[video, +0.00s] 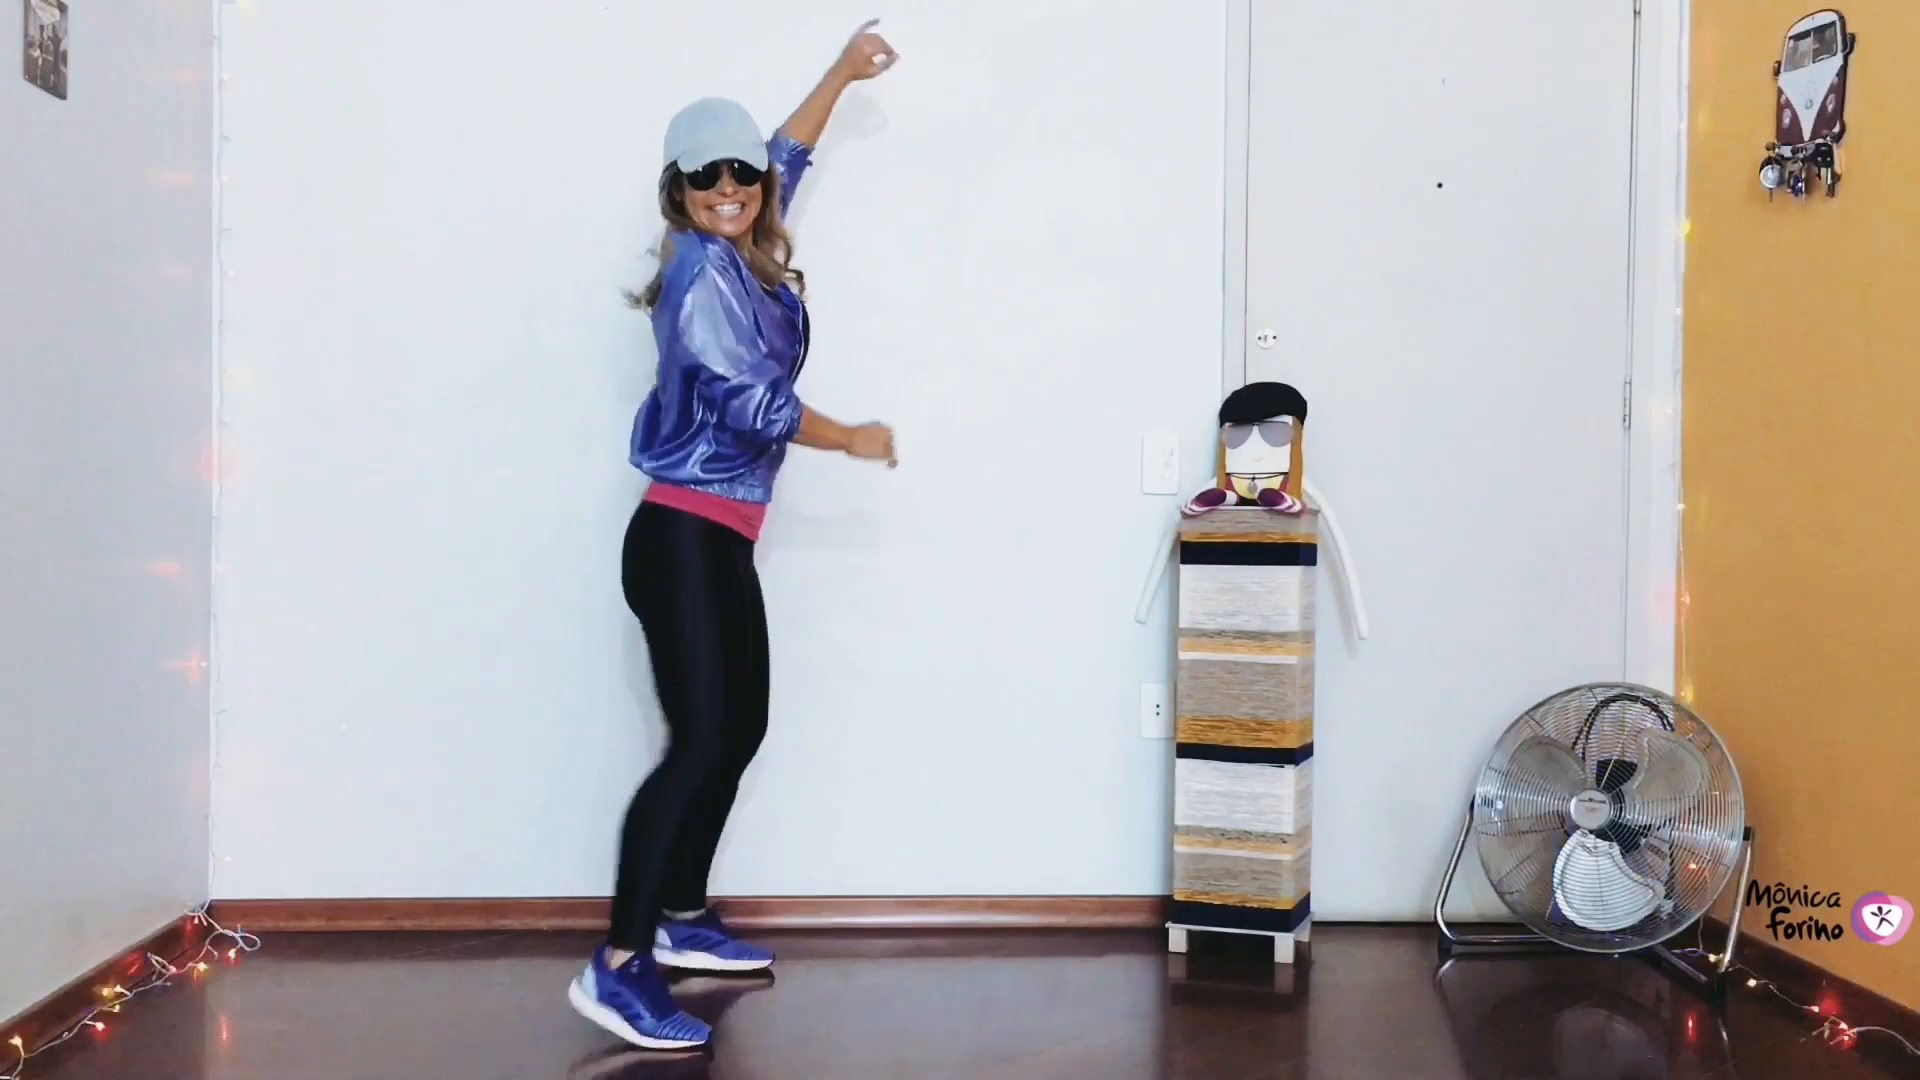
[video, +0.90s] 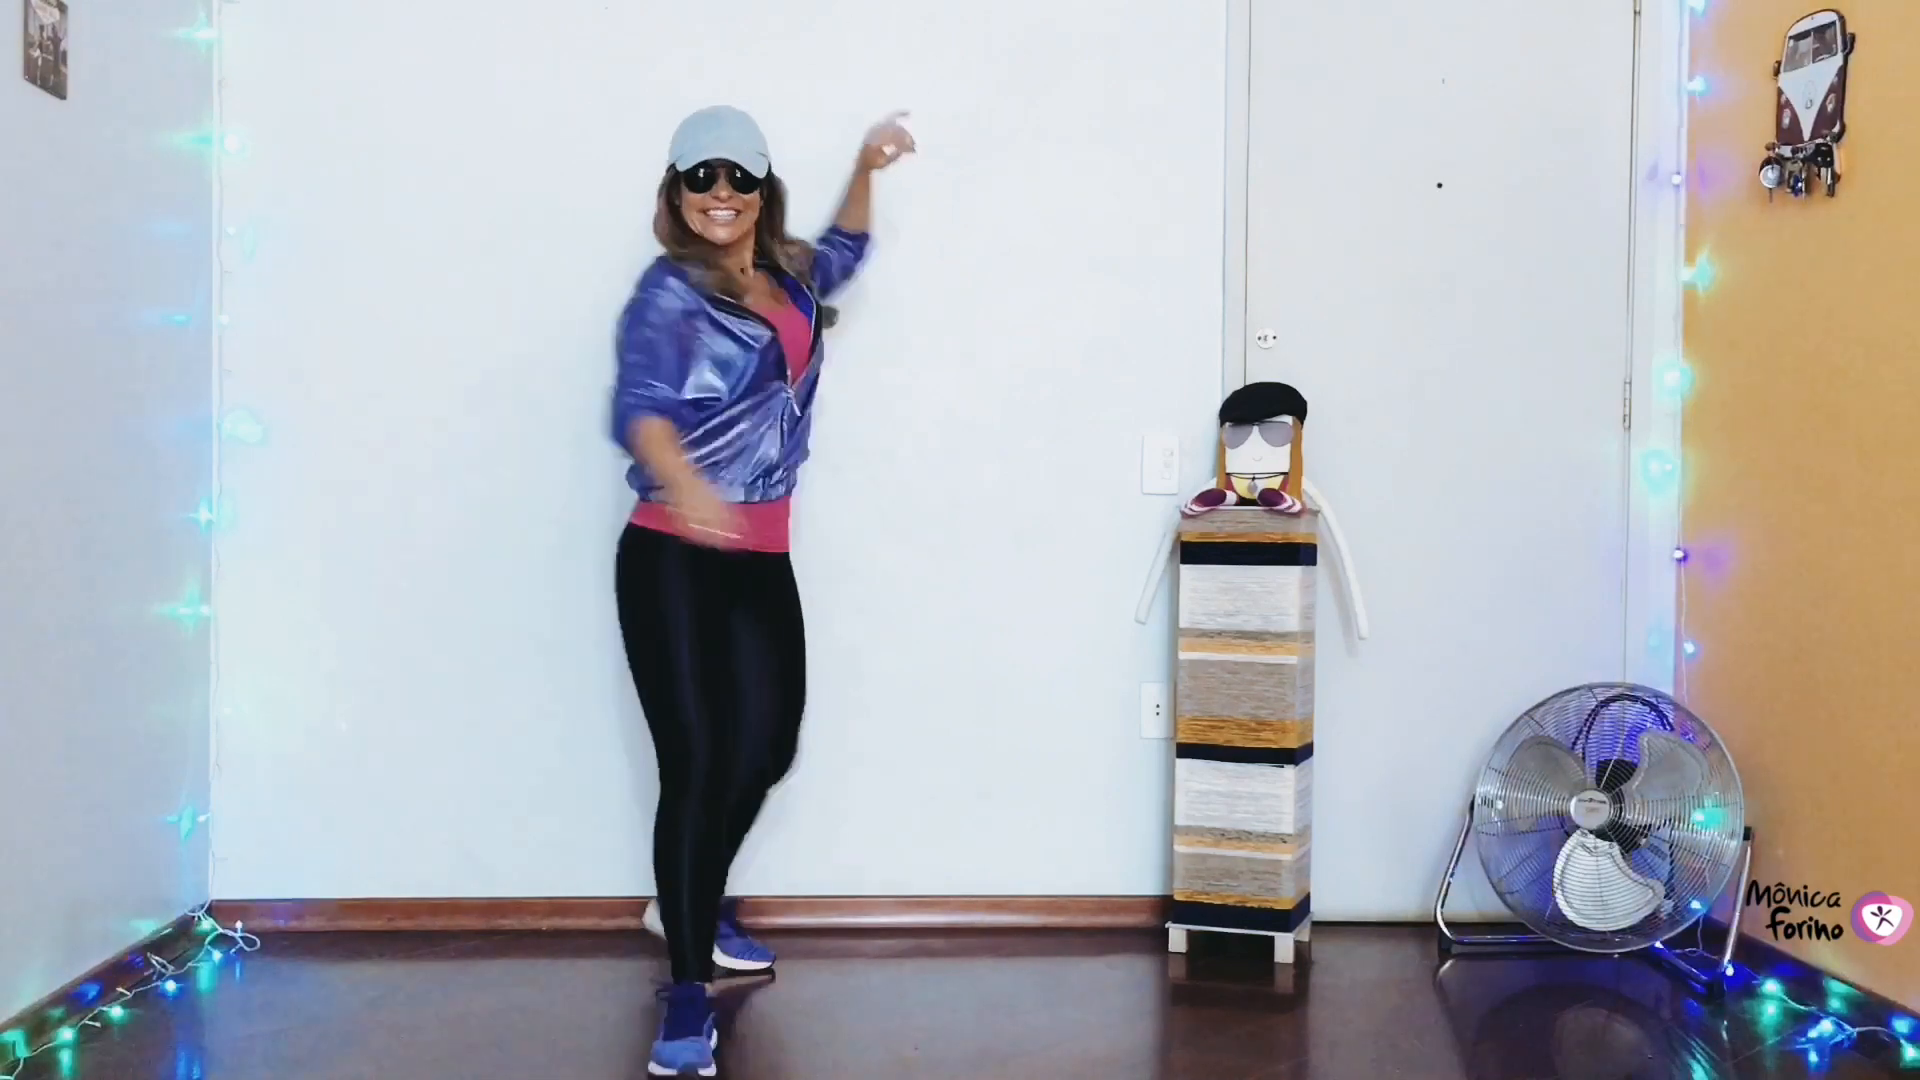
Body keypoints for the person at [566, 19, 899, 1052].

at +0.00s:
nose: (729, 192)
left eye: (744, 176)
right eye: (711, 179)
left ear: (763, 182)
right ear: (682, 192)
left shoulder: (754, 249)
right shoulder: (701, 276)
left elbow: (791, 156)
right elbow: (742, 395)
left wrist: (841, 73)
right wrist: (845, 437)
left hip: (724, 544)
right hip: (678, 540)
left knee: (741, 726)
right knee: (700, 737)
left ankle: (681, 921)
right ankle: (618, 964)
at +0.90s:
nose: (721, 194)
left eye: (740, 178)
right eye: (700, 179)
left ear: (766, 190)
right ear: (675, 194)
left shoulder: (788, 275)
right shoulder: (667, 293)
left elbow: (842, 253)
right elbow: (643, 411)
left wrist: (866, 169)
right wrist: (684, 483)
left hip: (763, 557)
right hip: (672, 557)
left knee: (769, 745)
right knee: (699, 763)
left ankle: (700, 907)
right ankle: (686, 992)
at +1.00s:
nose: (718, 194)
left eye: (737, 177)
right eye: (697, 177)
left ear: (764, 187)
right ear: (673, 190)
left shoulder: (796, 285)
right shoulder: (644, 295)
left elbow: (898, 286)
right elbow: (579, 371)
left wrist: (903, 210)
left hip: (750, 564)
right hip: (654, 557)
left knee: (812, 760)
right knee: (682, 776)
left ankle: (714, 862)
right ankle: (685, 995)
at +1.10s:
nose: (720, 191)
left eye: (741, 174)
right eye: (700, 172)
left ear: (768, 185)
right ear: (675, 181)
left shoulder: (809, 288)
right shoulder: (632, 293)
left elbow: (948, 317)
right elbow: (515, 346)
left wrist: (930, 247)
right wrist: (390, 376)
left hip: (752, 563)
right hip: (645, 554)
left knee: (827, 762)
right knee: (671, 776)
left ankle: (719, 866)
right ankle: (679, 997)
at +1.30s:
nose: (742, 173)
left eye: (763, 157)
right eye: (724, 154)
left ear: (790, 172)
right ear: (697, 169)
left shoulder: (825, 277)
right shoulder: (632, 276)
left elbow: (919, 355)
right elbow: (509, 280)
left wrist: (841, 278)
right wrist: (388, 268)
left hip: (765, 563)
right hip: (655, 556)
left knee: (760, 781)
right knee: (660, 781)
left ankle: (780, 980)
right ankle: (684, 994)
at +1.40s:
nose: (754, 157)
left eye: (775, 144)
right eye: (737, 138)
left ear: (801, 163)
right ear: (709, 152)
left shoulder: (817, 258)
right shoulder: (666, 255)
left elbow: (844, 355)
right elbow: (574, 239)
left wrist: (719, 303)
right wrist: (488, 197)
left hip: (774, 547)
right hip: (681, 543)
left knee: (756, 767)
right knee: (656, 756)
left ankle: (810, 983)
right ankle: (668, 979)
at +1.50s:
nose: (745, 143)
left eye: (769, 133)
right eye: (731, 124)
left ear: (799, 153)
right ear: (706, 135)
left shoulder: (791, 246)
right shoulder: (692, 236)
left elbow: (757, 362)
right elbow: (636, 202)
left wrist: (633, 331)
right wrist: (583, 146)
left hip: (784, 538)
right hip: (706, 536)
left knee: (764, 751)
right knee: (645, 729)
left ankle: (842, 981)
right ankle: (640, 960)